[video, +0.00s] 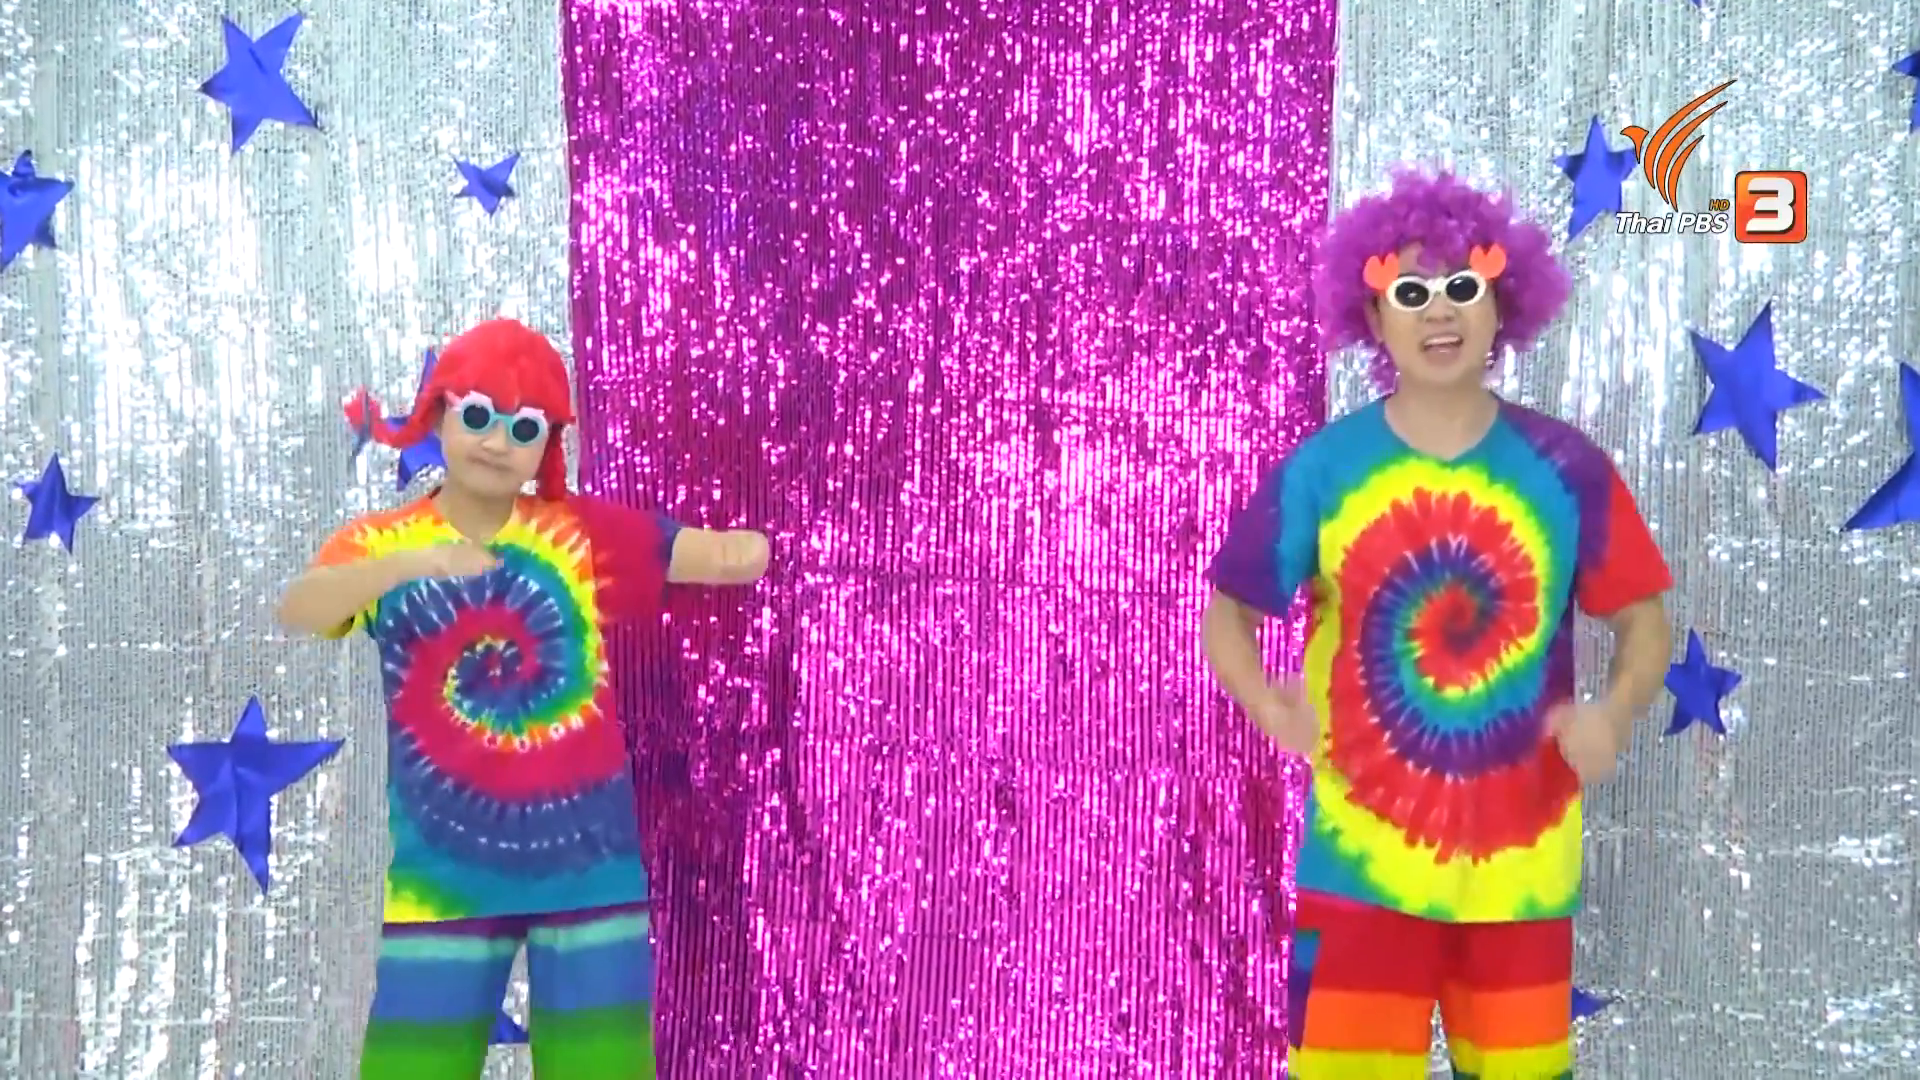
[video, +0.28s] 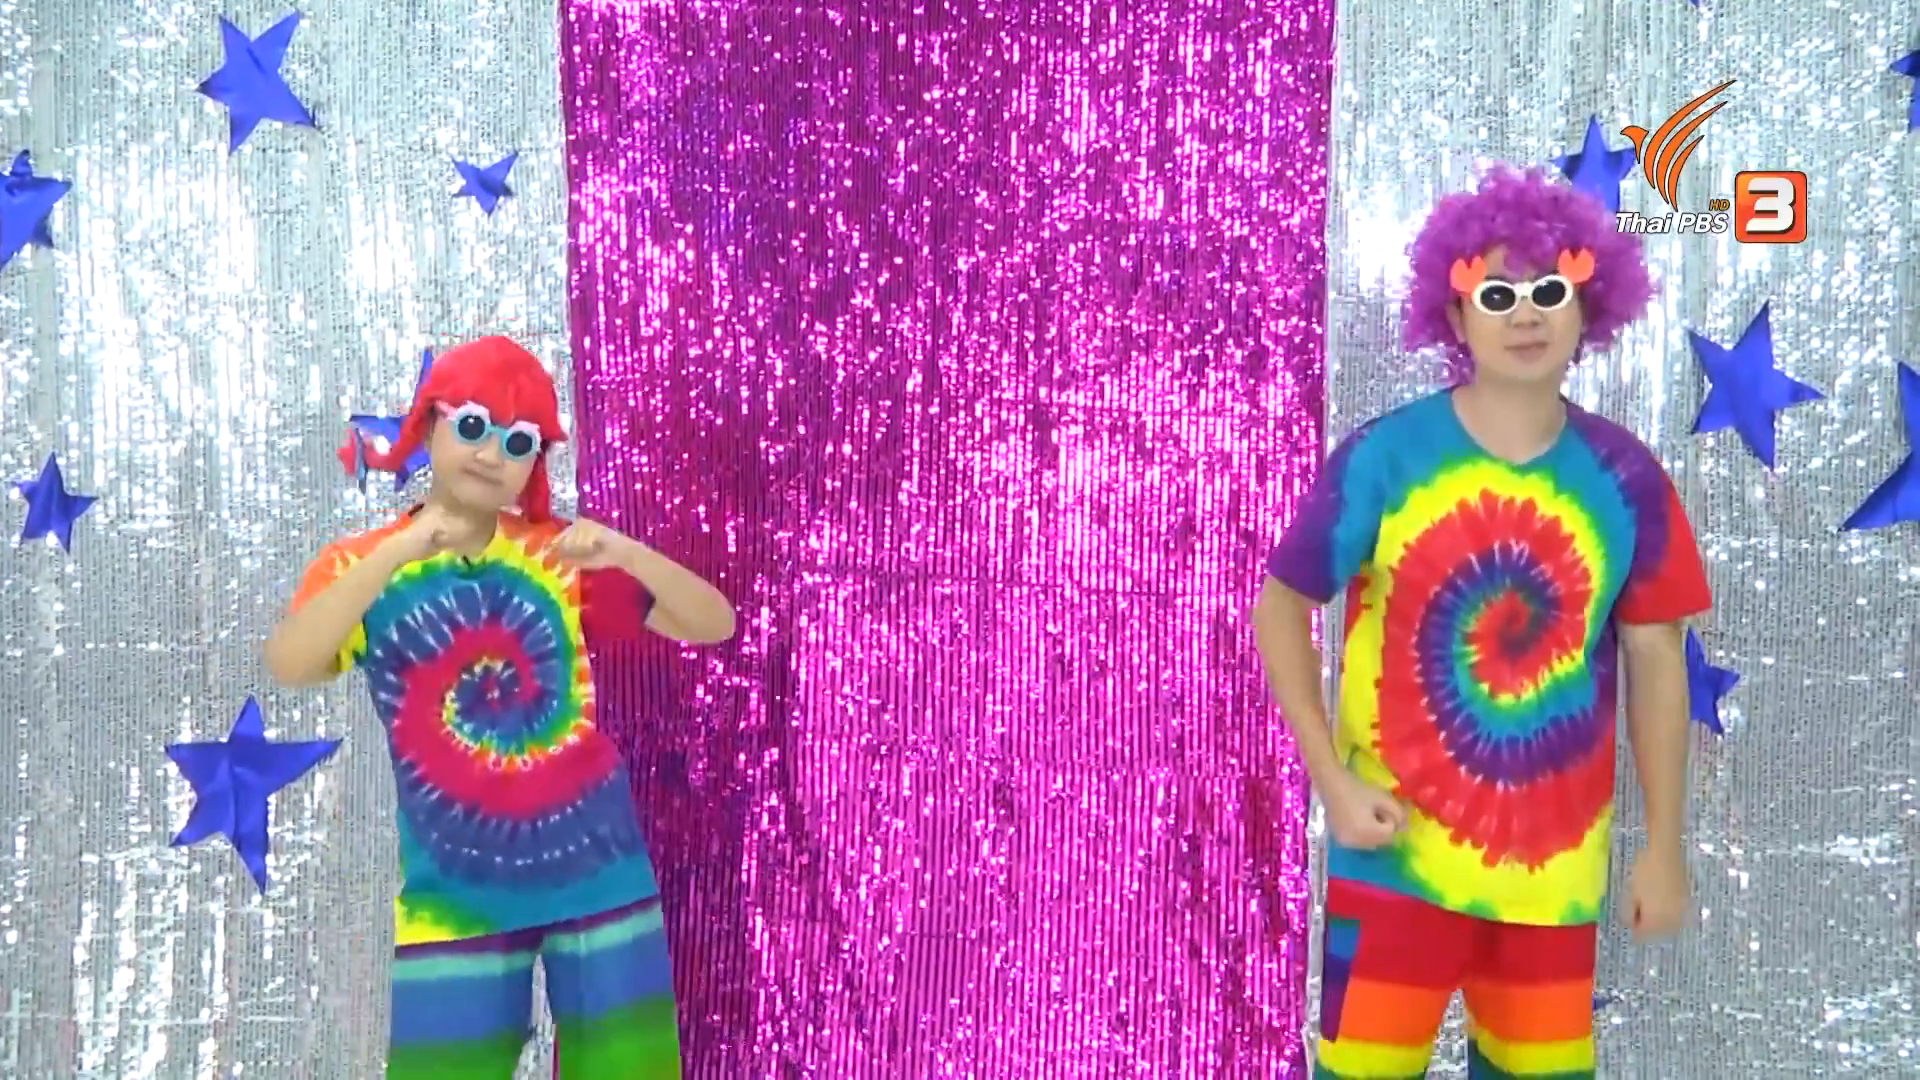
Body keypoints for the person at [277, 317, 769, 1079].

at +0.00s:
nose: (497, 439)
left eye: (523, 426)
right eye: (477, 415)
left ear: (549, 444)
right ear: (439, 422)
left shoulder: (590, 532)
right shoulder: (379, 542)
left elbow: (736, 554)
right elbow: (295, 610)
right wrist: (412, 565)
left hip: (593, 877)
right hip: (439, 879)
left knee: (602, 1067)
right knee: (411, 1070)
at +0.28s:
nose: (492, 452)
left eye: (518, 440)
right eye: (471, 427)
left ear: (537, 463)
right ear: (429, 434)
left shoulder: (565, 553)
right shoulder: (357, 563)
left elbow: (715, 623)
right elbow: (289, 662)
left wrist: (622, 549)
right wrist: (402, 549)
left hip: (599, 885)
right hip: (454, 898)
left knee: (631, 1067)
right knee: (444, 1070)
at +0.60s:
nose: (456, 444)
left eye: (475, 417)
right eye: (429, 431)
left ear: (517, 420)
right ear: (408, 454)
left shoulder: (569, 537)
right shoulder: (363, 544)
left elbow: (642, 601)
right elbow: (232, 602)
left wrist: (510, 570)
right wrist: (195, 543)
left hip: (532, 888)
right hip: (381, 887)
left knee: (554, 1068)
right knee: (369, 1069)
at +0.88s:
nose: (462, 441)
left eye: (484, 417)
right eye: (436, 426)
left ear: (526, 427)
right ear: (416, 448)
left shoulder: (572, 542)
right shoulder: (377, 547)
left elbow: (680, 621)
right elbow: (252, 655)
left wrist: (545, 558)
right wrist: (312, 539)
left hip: (525, 895)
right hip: (375, 886)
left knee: (522, 1070)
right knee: (345, 1069)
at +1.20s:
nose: (496, 439)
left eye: (521, 424)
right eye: (473, 416)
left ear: (544, 448)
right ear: (434, 430)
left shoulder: (580, 550)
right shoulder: (362, 553)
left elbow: (709, 650)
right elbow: (274, 665)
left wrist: (706, 565)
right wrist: (381, 578)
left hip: (581, 886)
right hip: (427, 893)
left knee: (597, 1068)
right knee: (420, 1070)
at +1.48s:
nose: (480, 422)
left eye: (503, 402)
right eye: (455, 403)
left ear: (531, 421)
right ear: (420, 420)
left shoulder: (569, 529)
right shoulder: (370, 533)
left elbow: (675, 642)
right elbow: (253, 625)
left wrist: (628, 573)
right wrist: (326, 554)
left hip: (556, 868)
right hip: (407, 873)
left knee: (594, 1066)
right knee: (392, 1069)